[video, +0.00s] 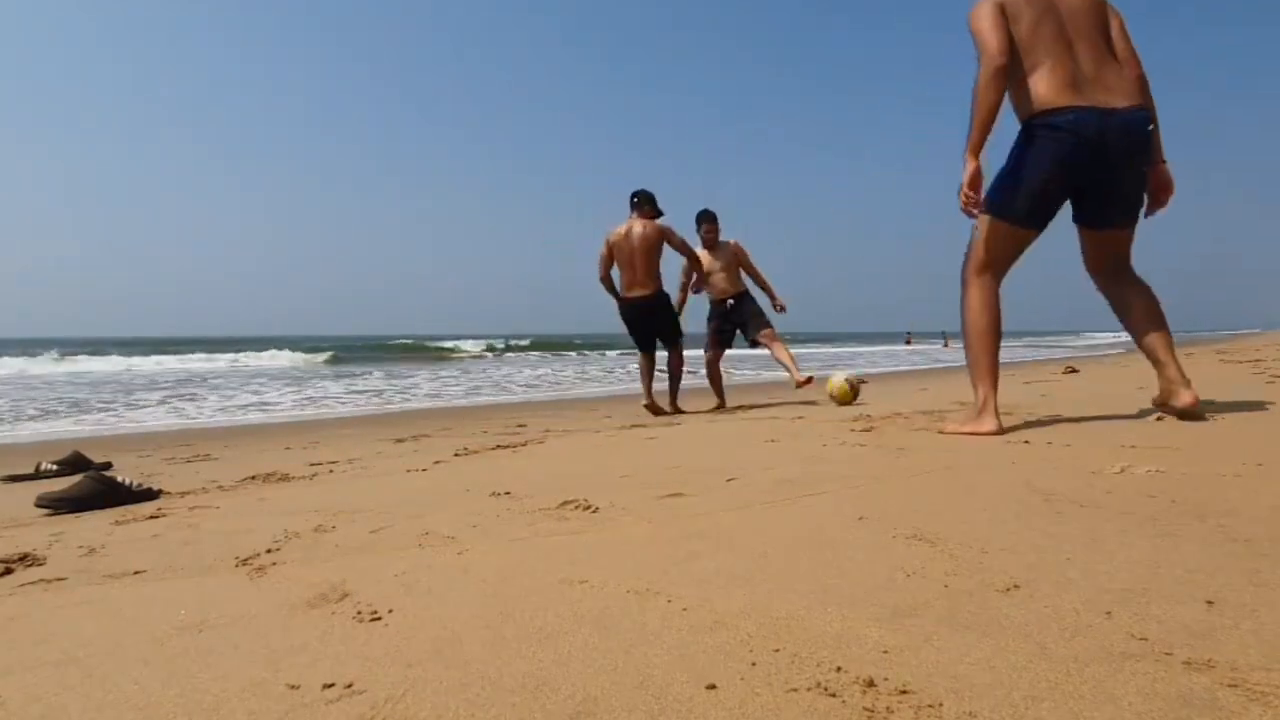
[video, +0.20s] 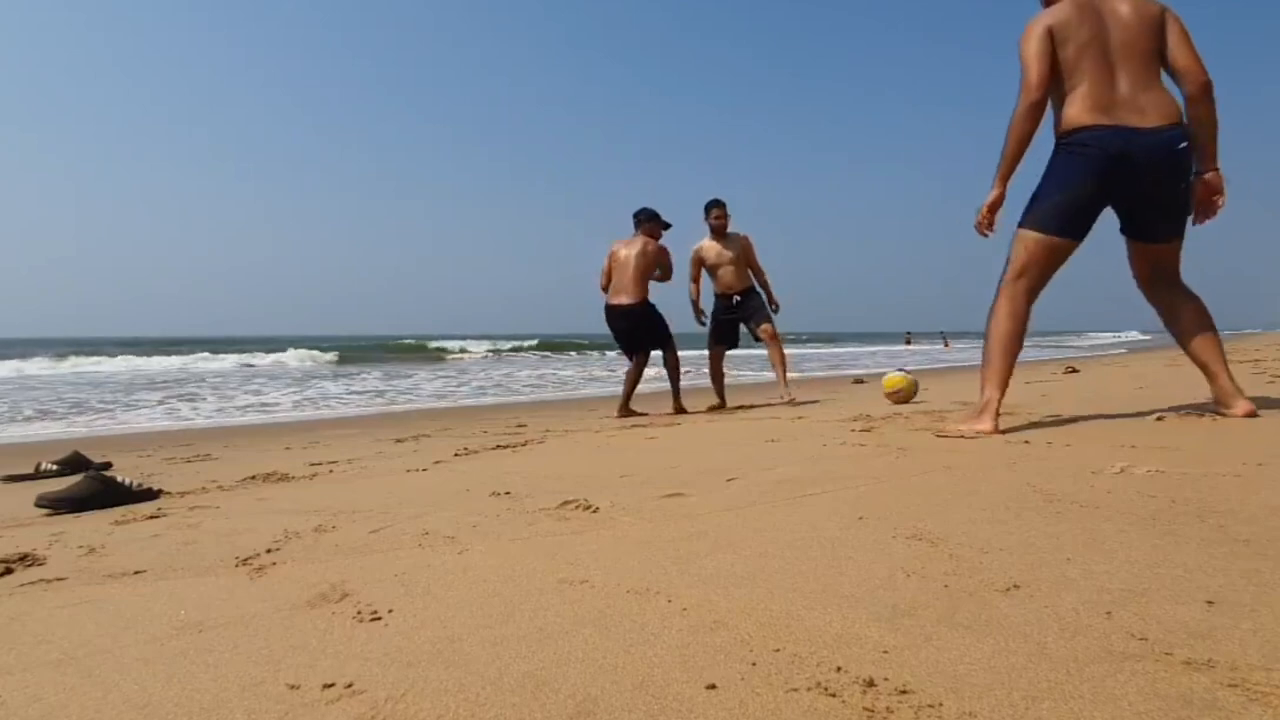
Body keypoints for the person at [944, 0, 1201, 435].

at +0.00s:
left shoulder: (990, 6)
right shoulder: (1100, 6)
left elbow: (997, 62)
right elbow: (1132, 67)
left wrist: (973, 153)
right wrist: (1155, 158)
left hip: (1055, 134)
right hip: (1127, 133)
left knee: (982, 268)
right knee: (1112, 266)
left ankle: (984, 410)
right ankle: (1175, 384)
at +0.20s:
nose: (1039, 4)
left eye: (1041, 5)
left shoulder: (1047, 20)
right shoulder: (1155, 10)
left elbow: (1033, 98)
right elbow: (1198, 84)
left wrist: (1000, 184)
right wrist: (1208, 167)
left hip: (1086, 149)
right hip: (1163, 149)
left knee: (1020, 281)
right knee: (1163, 279)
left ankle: (986, 411)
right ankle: (1230, 395)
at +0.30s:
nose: (1076, 9)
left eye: (1076, 7)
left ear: (1088, 2)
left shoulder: (1078, 26)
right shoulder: (1188, 14)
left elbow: (1064, 100)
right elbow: (1232, 91)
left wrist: (1031, 184)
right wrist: (1233, 176)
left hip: (1107, 153)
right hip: (1184, 153)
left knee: (1049, 281)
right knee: (1181, 281)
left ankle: (1003, 391)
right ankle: (1232, 393)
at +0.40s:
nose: (1095, 8)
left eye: (1095, 6)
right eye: (1095, 7)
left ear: (1106, 1)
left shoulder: (1098, 25)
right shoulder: (1202, 18)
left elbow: (1091, 93)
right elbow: (1242, 98)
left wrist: (1057, 176)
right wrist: (1243, 182)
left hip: (1123, 155)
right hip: (1197, 154)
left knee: (1059, 273)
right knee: (1191, 280)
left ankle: (1059, 366)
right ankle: (1231, 393)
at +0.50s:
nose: (1093, 6)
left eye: (1095, 5)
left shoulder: (1103, 18)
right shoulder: (1200, 15)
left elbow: (1107, 76)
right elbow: (1236, 93)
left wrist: (1076, 158)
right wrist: (1241, 171)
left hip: (1130, 148)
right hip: (1201, 148)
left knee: (1067, 264)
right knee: (1194, 273)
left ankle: (1114, 379)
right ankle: (1232, 385)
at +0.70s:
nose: (1083, 20)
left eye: (1082, 12)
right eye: (1081, 13)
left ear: (1095, 5)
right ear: (1132, 2)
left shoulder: (1091, 42)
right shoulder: (1184, 32)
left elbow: (1093, 104)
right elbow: (1222, 102)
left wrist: (1079, 176)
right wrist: (1230, 173)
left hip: (1129, 169)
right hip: (1192, 166)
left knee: (1102, 279)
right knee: (1167, 265)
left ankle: (1136, 388)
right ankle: (1209, 333)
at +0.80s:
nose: (1084, 24)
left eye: (1082, 15)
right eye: (1081, 16)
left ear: (1094, 6)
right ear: (1131, 3)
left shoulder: (1094, 41)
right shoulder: (1180, 31)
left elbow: (1092, 109)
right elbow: (1226, 94)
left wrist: (1069, 183)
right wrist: (1232, 167)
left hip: (1131, 166)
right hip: (1191, 163)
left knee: (1105, 281)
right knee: (1151, 253)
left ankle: (1135, 388)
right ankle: (1169, 351)